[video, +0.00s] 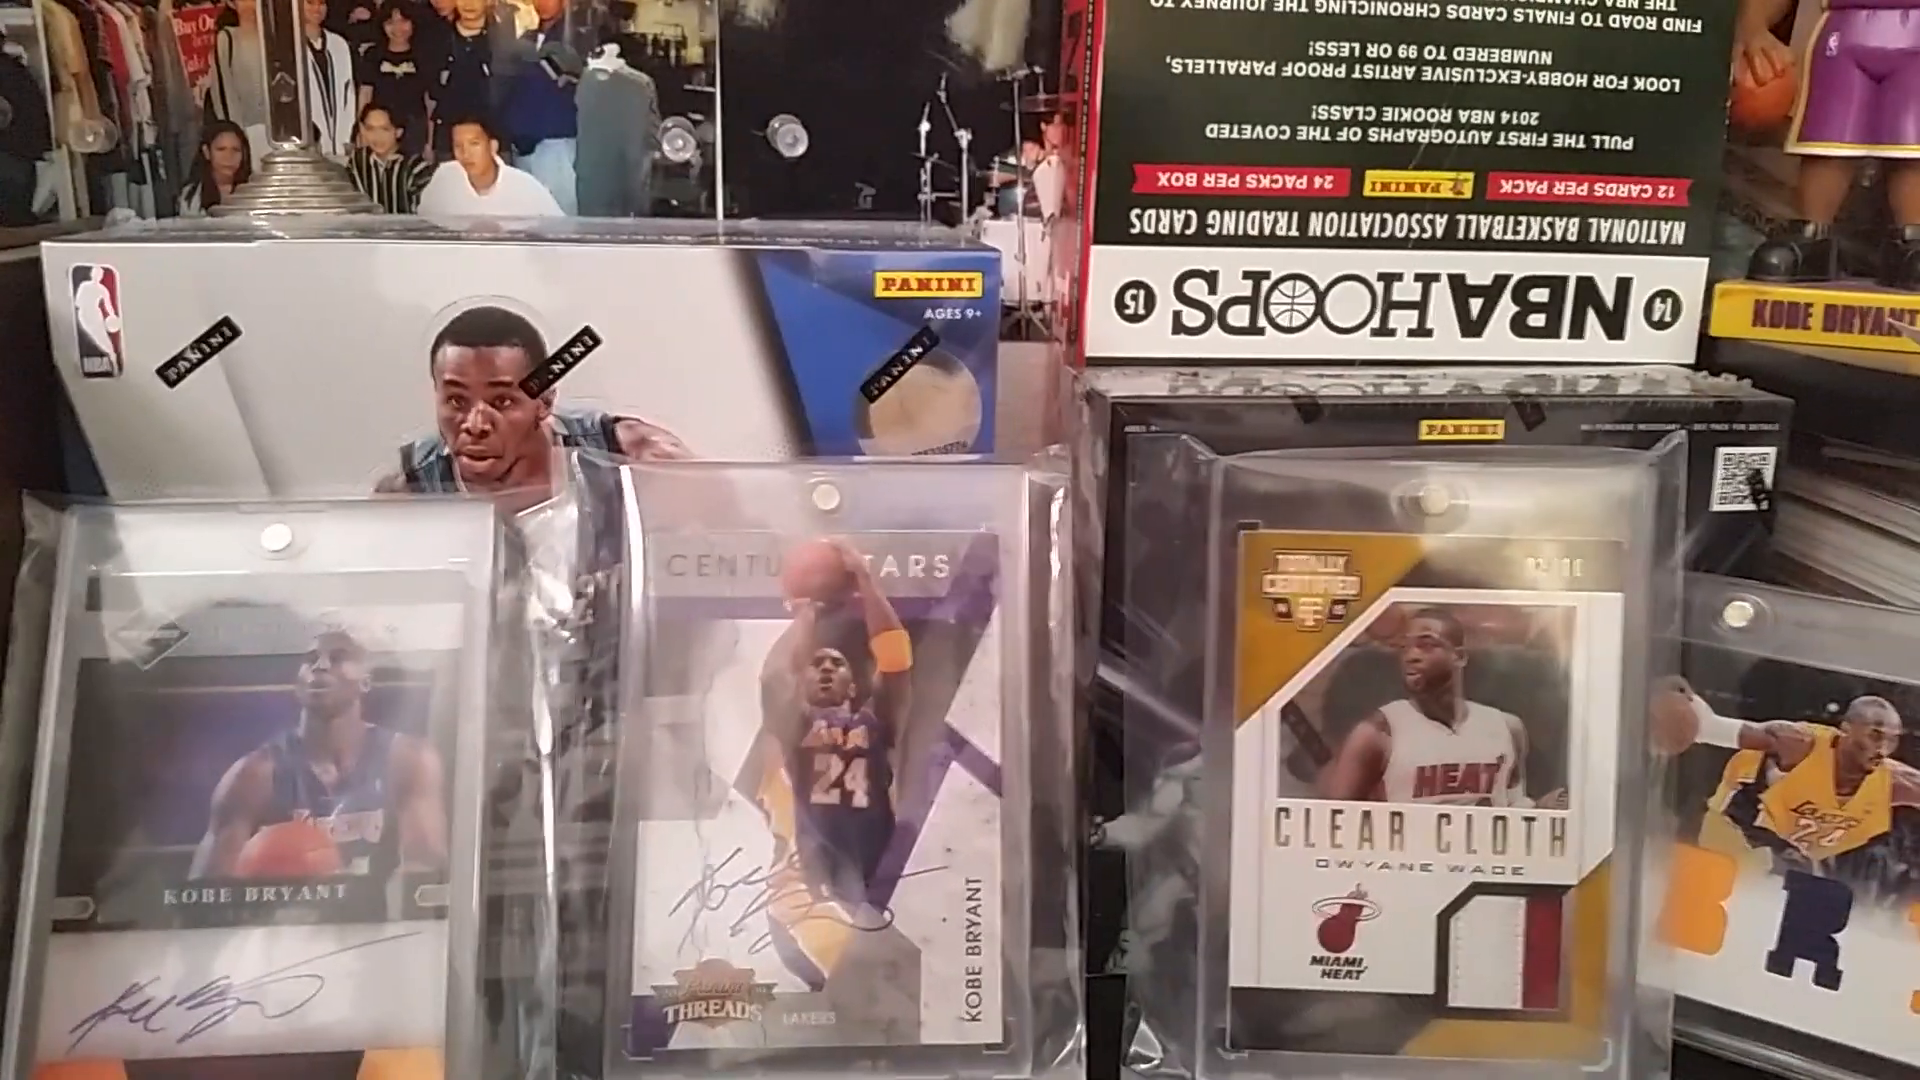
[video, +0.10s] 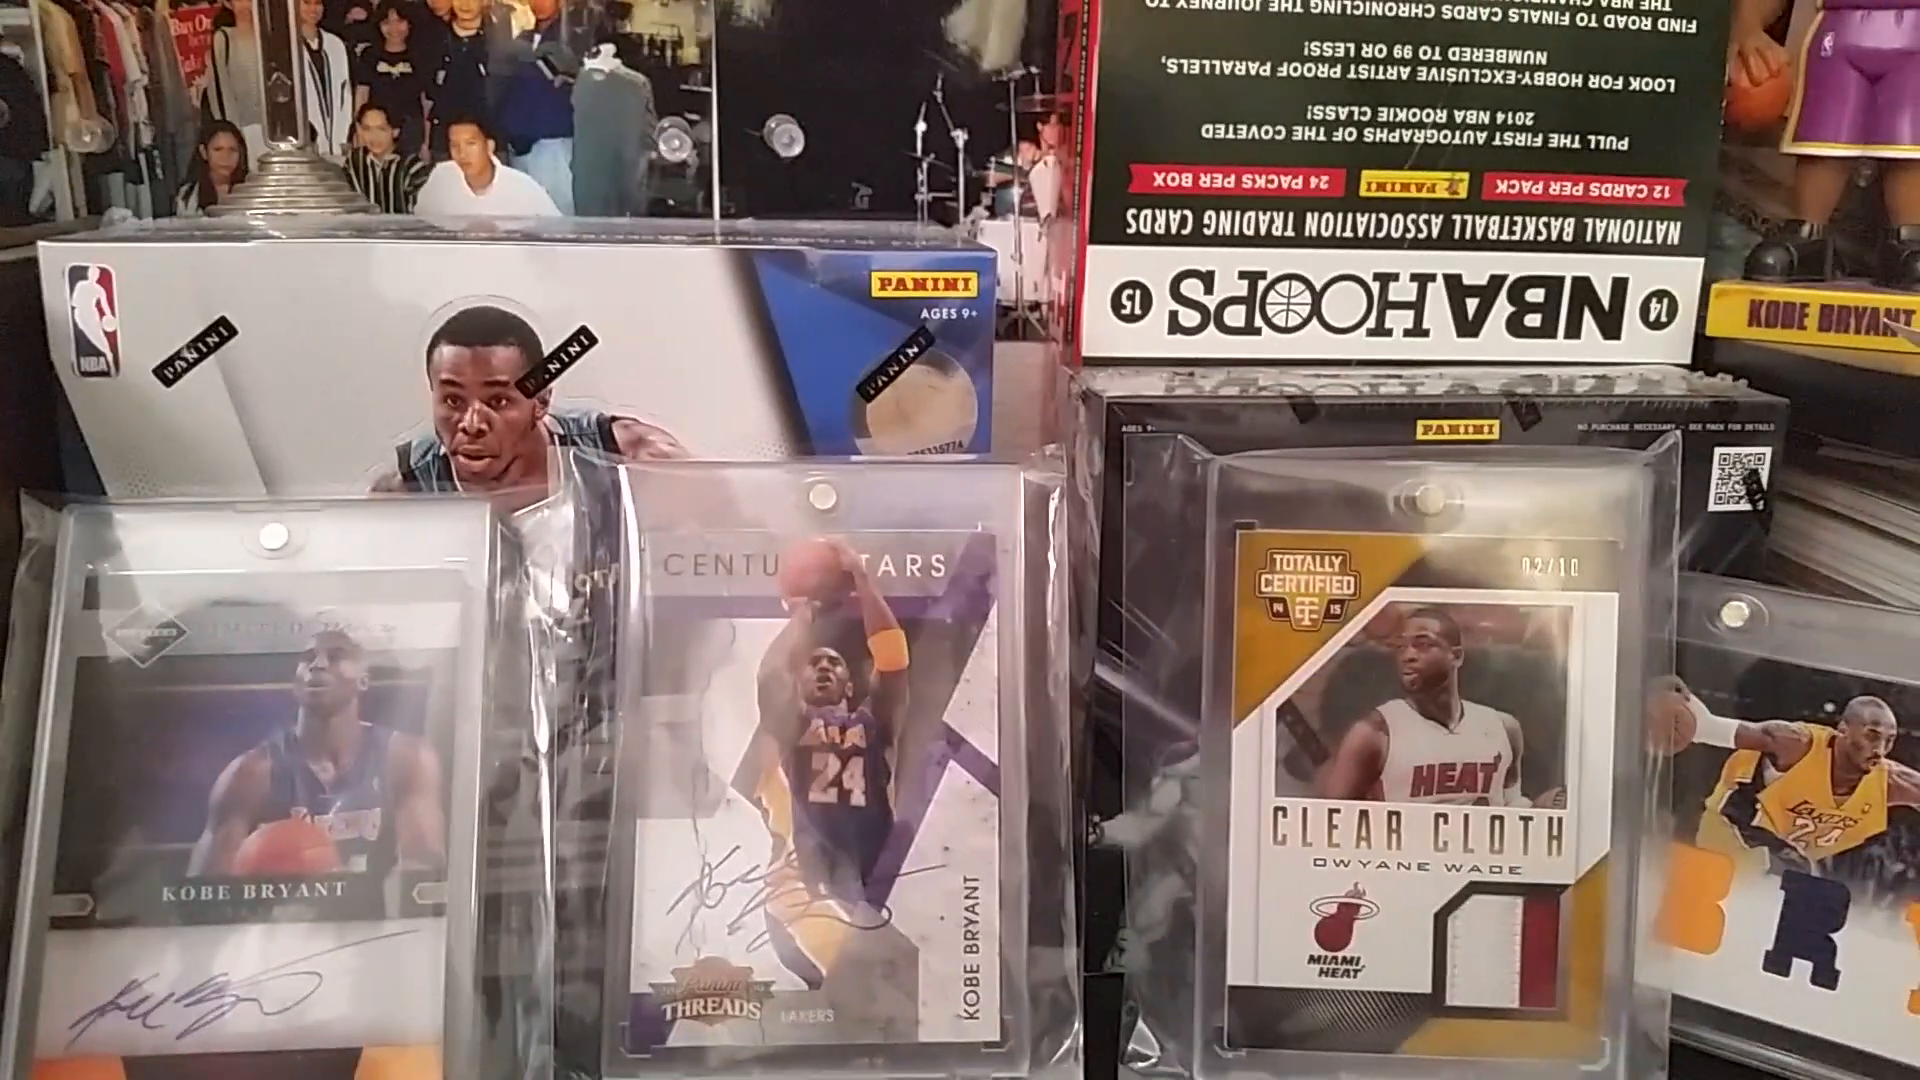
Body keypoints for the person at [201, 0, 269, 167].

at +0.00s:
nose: (249, 4)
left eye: (251, 1)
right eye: (243, 1)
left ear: (259, 4)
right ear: (232, 4)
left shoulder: (270, 35)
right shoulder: (226, 37)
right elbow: (223, 84)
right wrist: (233, 128)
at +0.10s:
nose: (245, 5)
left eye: (248, 1)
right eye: (239, 1)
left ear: (256, 4)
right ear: (228, 4)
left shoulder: (267, 35)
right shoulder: (223, 37)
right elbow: (222, 84)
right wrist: (232, 128)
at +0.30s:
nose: (224, 5)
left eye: (225, 1)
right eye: (218, 1)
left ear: (232, 4)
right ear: (206, 5)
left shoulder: (242, 36)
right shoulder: (199, 38)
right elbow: (196, 85)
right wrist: (204, 129)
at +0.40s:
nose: (227, 4)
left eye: (226, 1)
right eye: (220, 1)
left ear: (233, 5)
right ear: (208, 6)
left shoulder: (244, 37)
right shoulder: (201, 40)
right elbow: (197, 88)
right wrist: (210, 132)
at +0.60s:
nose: (245, 5)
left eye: (247, 1)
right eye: (238, 1)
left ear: (253, 4)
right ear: (227, 5)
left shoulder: (264, 35)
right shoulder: (221, 38)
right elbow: (219, 84)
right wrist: (228, 126)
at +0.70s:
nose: (246, 5)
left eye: (249, 0)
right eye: (240, 1)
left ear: (257, 4)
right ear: (229, 5)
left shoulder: (267, 35)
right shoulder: (224, 38)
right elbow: (224, 85)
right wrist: (234, 128)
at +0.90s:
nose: (268, 5)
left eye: (270, 1)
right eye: (261, 1)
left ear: (277, 4)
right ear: (249, 5)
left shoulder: (286, 35)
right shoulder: (244, 38)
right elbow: (244, 86)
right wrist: (253, 127)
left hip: (291, 118)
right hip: (263, 122)